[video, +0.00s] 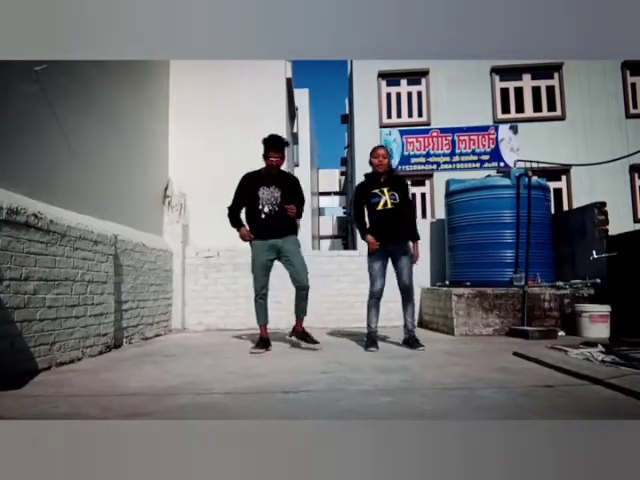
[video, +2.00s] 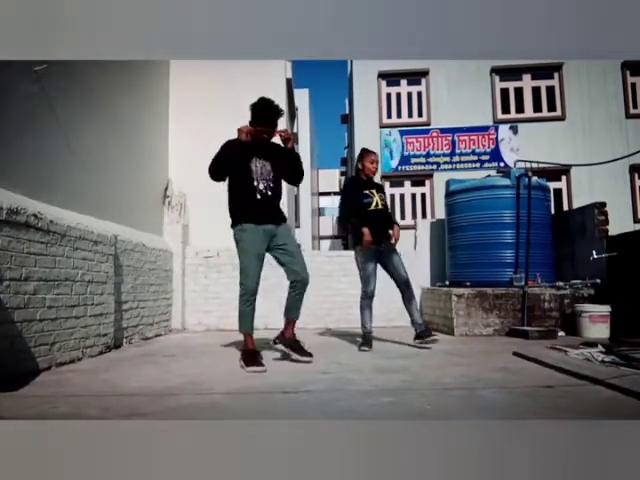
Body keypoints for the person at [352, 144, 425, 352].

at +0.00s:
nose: (380, 161)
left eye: (383, 157)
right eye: (376, 157)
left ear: (389, 160)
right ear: (371, 161)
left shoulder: (400, 182)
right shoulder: (363, 187)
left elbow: (409, 213)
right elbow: (357, 214)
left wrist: (415, 241)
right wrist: (366, 235)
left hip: (401, 242)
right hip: (377, 243)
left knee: (407, 287)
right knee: (376, 290)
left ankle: (410, 334)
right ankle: (371, 335)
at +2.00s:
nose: (374, 166)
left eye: (376, 163)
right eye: (371, 162)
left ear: (377, 165)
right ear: (360, 164)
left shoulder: (378, 187)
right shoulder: (351, 185)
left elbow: (384, 212)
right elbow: (346, 215)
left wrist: (395, 225)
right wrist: (363, 229)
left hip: (384, 241)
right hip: (365, 243)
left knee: (404, 283)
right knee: (368, 291)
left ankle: (420, 328)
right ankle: (367, 335)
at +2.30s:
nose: (384, 167)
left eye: (385, 164)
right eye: (380, 163)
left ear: (386, 165)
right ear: (369, 165)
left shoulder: (391, 188)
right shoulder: (359, 186)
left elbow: (399, 214)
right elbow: (351, 215)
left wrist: (408, 229)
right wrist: (365, 228)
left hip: (395, 243)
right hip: (373, 245)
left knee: (406, 289)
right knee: (370, 291)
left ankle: (416, 334)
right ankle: (367, 335)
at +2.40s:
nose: (388, 167)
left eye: (390, 163)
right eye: (384, 163)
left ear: (392, 165)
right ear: (375, 165)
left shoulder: (398, 187)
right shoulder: (366, 187)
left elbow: (408, 212)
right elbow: (358, 214)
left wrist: (416, 232)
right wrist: (369, 230)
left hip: (401, 243)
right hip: (378, 245)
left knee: (409, 288)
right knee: (374, 291)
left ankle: (417, 334)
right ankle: (367, 336)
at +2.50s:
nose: (394, 166)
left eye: (396, 163)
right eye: (390, 163)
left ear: (399, 166)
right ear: (382, 165)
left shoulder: (405, 189)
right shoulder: (372, 188)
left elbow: (417, 212)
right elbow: (365, 215)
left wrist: (422, 234)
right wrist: (372, 232)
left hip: (407, 243)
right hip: (383, 245)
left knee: (413, 289)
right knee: (378, 291)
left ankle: (417, 335)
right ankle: (368, 336)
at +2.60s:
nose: (398, 166)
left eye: (401, 162)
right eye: (394, 162)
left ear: (404, 165)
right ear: (387, 166)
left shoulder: (412, 189)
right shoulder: (377, 190)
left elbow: (425, 213)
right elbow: (370, 215)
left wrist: (427, 236)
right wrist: (375, 229)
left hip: (411, 244)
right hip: (388, 245)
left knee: (414, 290)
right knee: (381, 291)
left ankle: (417, 335)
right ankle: (368, 335)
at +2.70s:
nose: (400, 164)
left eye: (404, 161)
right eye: (396, 161)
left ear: (409, 164)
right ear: (391, 164)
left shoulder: (417, 186)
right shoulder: (382, 188)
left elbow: (432, 213)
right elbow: (374, 214)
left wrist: (429, 236)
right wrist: (375, 220)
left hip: (412, 243)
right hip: (389, 243)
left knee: (413, 289)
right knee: (378, 289)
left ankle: (417, 334)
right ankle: (371, 334)